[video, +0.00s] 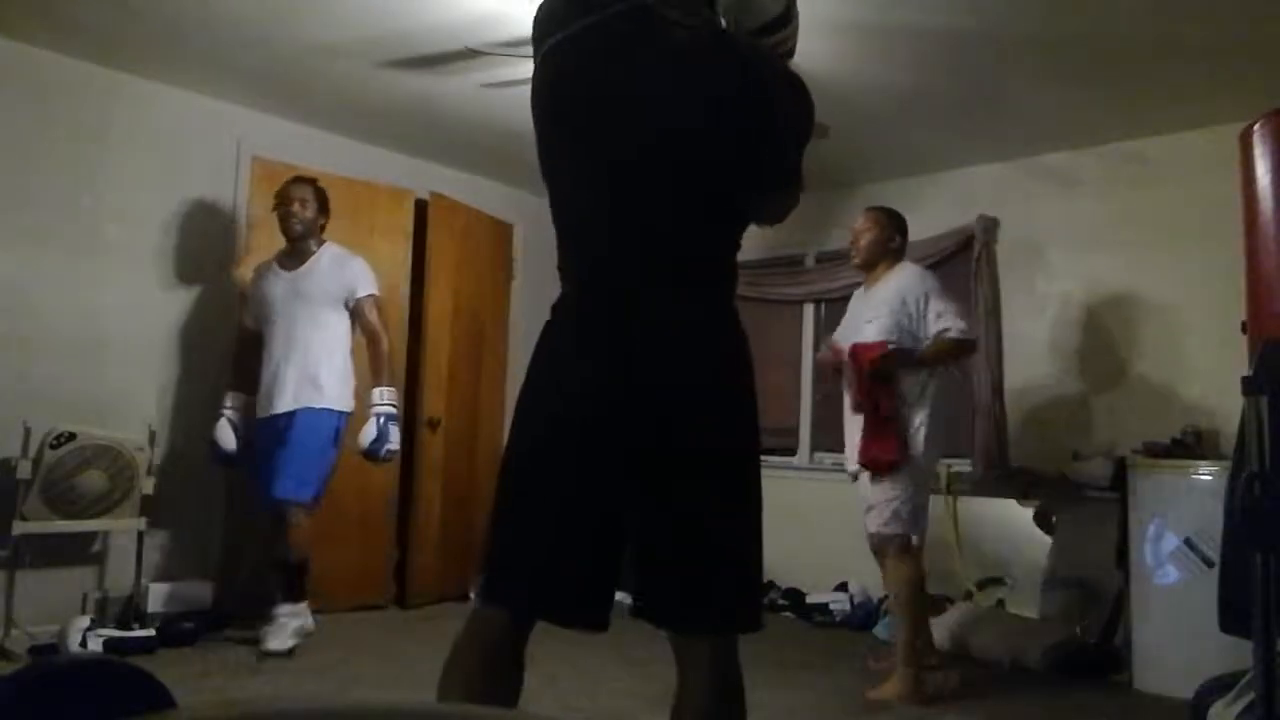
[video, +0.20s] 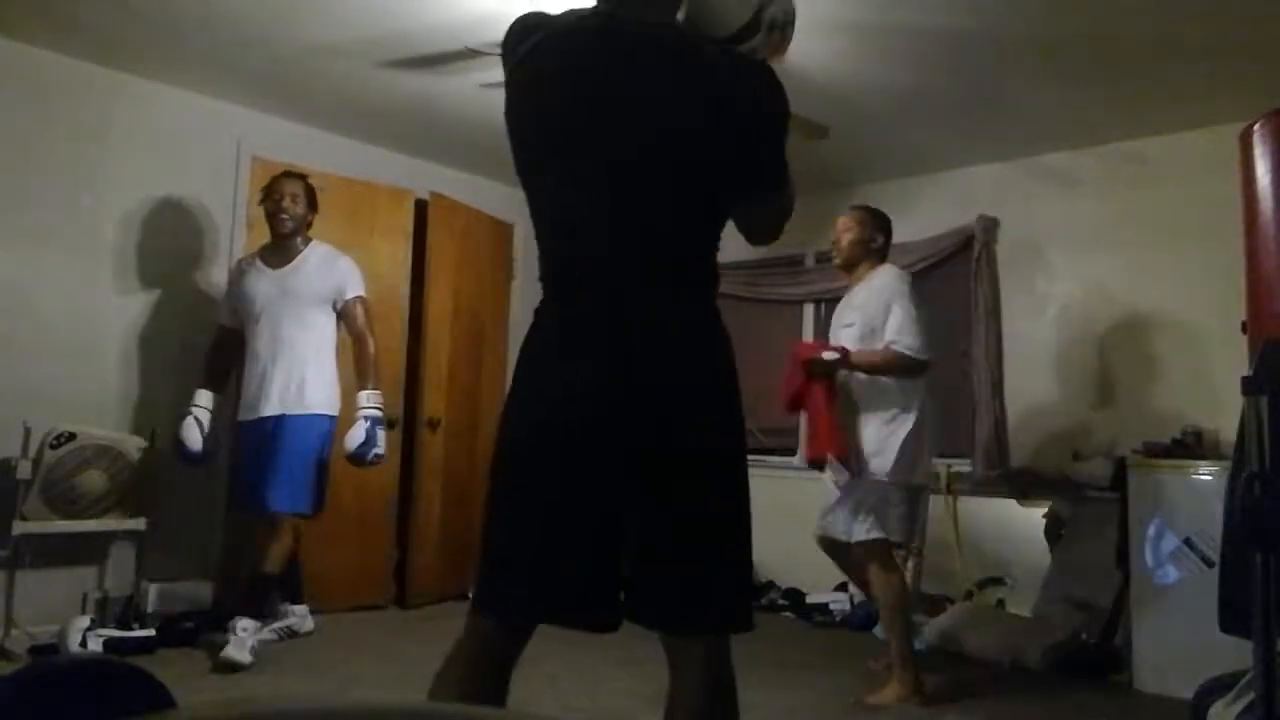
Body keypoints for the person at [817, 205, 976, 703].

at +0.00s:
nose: (851, 242)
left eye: (861, 232)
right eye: (852, 234)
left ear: (892, 238)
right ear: (867, 243)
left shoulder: (915, 280)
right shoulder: (861, 295)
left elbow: (960, 338)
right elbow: (849, 352)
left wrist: (901, 360)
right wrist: (833, 361)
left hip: (905, 441)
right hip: (870, 442)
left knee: (895, 544)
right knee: (884, 542)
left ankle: (906, 672)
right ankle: (917, 650)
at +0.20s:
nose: (832, 242)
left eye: (842, 233)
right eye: (834, 233)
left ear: (874, 241)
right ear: (863, 243)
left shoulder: (894, 282)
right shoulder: (856, 293)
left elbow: (913, 356)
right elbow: (852, 369)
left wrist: (841, 359)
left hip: (891, 450)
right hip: (861, 447)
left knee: (878, 553)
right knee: (834, 535)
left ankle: (904, 676)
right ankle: (900, 630)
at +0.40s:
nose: (807, 238)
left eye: (817, 229)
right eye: (807, 229)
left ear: (848, 236)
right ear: (834, 237)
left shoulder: (863, 273)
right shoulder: (824, 289)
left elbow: (877, 346)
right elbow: (826, 369)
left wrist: (810, 354)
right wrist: (778, 377)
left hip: (864, 449)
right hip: (824, 449)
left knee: (872, 548)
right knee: (803, 533)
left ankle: (902, 672)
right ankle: (813, 638)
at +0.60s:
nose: (782, 245)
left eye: (791, 236)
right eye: (781, 238)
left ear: (821, 244)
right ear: (791, 248)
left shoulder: (846, 284)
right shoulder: (793, 300)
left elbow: (875, 356)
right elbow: (796, 364)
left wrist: (807, 370)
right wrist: (762, 363)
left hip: (841, 436)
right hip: (798, 436)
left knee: (827, 538)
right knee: (780, 539)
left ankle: (889, 662)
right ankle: (793, 645)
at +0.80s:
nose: (769, 240)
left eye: (779, 231)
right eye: (768, 233)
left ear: (809, 237)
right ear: (775, 243)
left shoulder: (832, 277)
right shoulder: (775, 296)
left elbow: (871, 341)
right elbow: (771, 365)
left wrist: (808, 368)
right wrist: (747, 359)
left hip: (822, 433)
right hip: (779, 436)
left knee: (811, 534)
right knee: (783, 537)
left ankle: (844, 662)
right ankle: (793, 642)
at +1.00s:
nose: (768, 237)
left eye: (778, 229)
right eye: (768, 230)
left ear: (808, 235)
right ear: (777, 239)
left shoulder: (830, 278)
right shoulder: (774, 292)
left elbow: (853, 352)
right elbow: (769, 354)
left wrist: (779, 364)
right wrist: (738, 363)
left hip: (817, 440)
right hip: (775, 438)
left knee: (807, 544)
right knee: (771, 541)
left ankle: (833, 672)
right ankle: (793, 642)